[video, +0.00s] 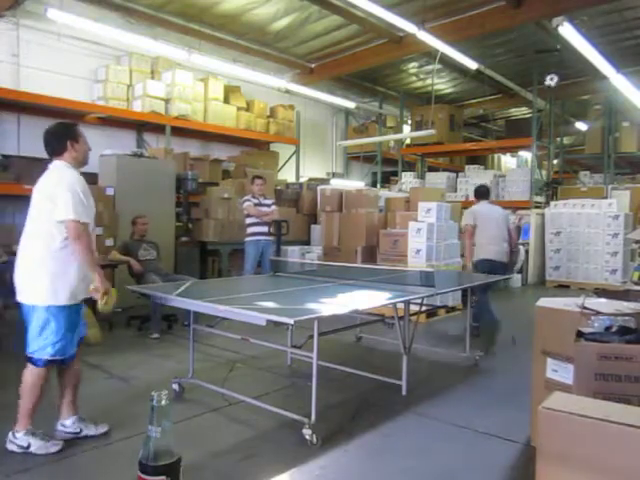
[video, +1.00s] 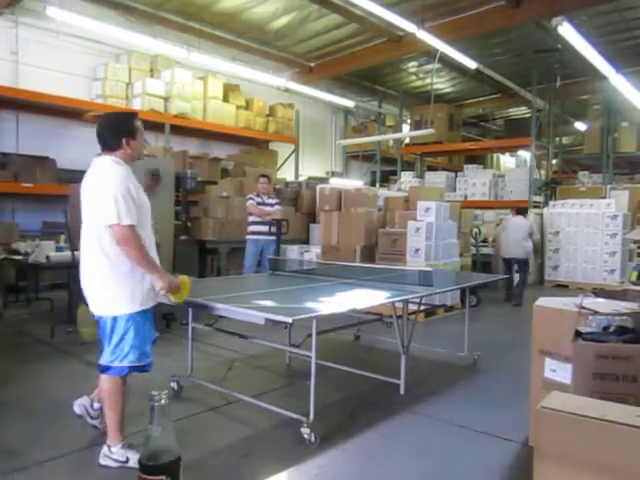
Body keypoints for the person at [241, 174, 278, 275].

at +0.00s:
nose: (259, 187)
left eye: (262, 185)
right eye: (257, 185)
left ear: (265, 186)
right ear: (252, 186)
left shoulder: (270, 201)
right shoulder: (247, 200)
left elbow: (276, 215)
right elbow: (253, 212)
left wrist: (261, 216)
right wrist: (269, 212)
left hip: (268, 238)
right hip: (253, 238)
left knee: (267, 269)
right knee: (249, 269)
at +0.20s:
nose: (259, 187)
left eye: (261, 185)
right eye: (256, 185)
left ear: (265, 186)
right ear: (252, 186)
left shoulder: (271, 200)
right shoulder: (247, 199)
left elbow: (277, 215)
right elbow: (252, 211)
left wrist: (261, 216)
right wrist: (269, 212)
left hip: (269, 238)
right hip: (253, 238)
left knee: (268, 269)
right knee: (249, 269)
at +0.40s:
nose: (262, 187)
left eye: (264, 184)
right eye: (259, 184)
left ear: (268, 186)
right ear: (255, 186)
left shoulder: (274, 199)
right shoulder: (251, 198)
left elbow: (278, 214)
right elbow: (252, 210)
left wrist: (262, 216)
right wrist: (270, 211)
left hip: (270, 237)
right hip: (255, 237)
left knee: (269, 266)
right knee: (250, 267)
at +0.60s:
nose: (264, 186)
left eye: (266, 184)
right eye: (261, 184)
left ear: (270, 186)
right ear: (257, 186)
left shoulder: (276, 199)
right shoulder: (253, 198)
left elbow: (279, 214)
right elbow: (253, 210)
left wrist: (265, 217)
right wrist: (271, 212)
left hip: (271, 237)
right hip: (255, 237)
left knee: (269, 267)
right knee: (250, 267)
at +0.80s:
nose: (264, 186)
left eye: (267, 184)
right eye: (262, 184)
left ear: (270, 186)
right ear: (258, 186)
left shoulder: (277, 200)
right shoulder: (253, 198)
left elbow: (279, 215)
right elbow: (253, 211)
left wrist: (265, 217)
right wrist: (272, 212)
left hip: (271, 237)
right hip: (256, 236)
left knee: (269, 267)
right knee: (250, 267)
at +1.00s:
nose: (263, 185)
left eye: (266, 183)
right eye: (261, 183)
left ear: (269, 185)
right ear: (257, 185)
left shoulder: (274, 200)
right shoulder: (252, 197)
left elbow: (279, 215)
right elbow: (252, 210)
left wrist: (265, 217)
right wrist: (271, 212)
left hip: (270, 237)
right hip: (254, 236)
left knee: (268, 267)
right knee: (250, 267)